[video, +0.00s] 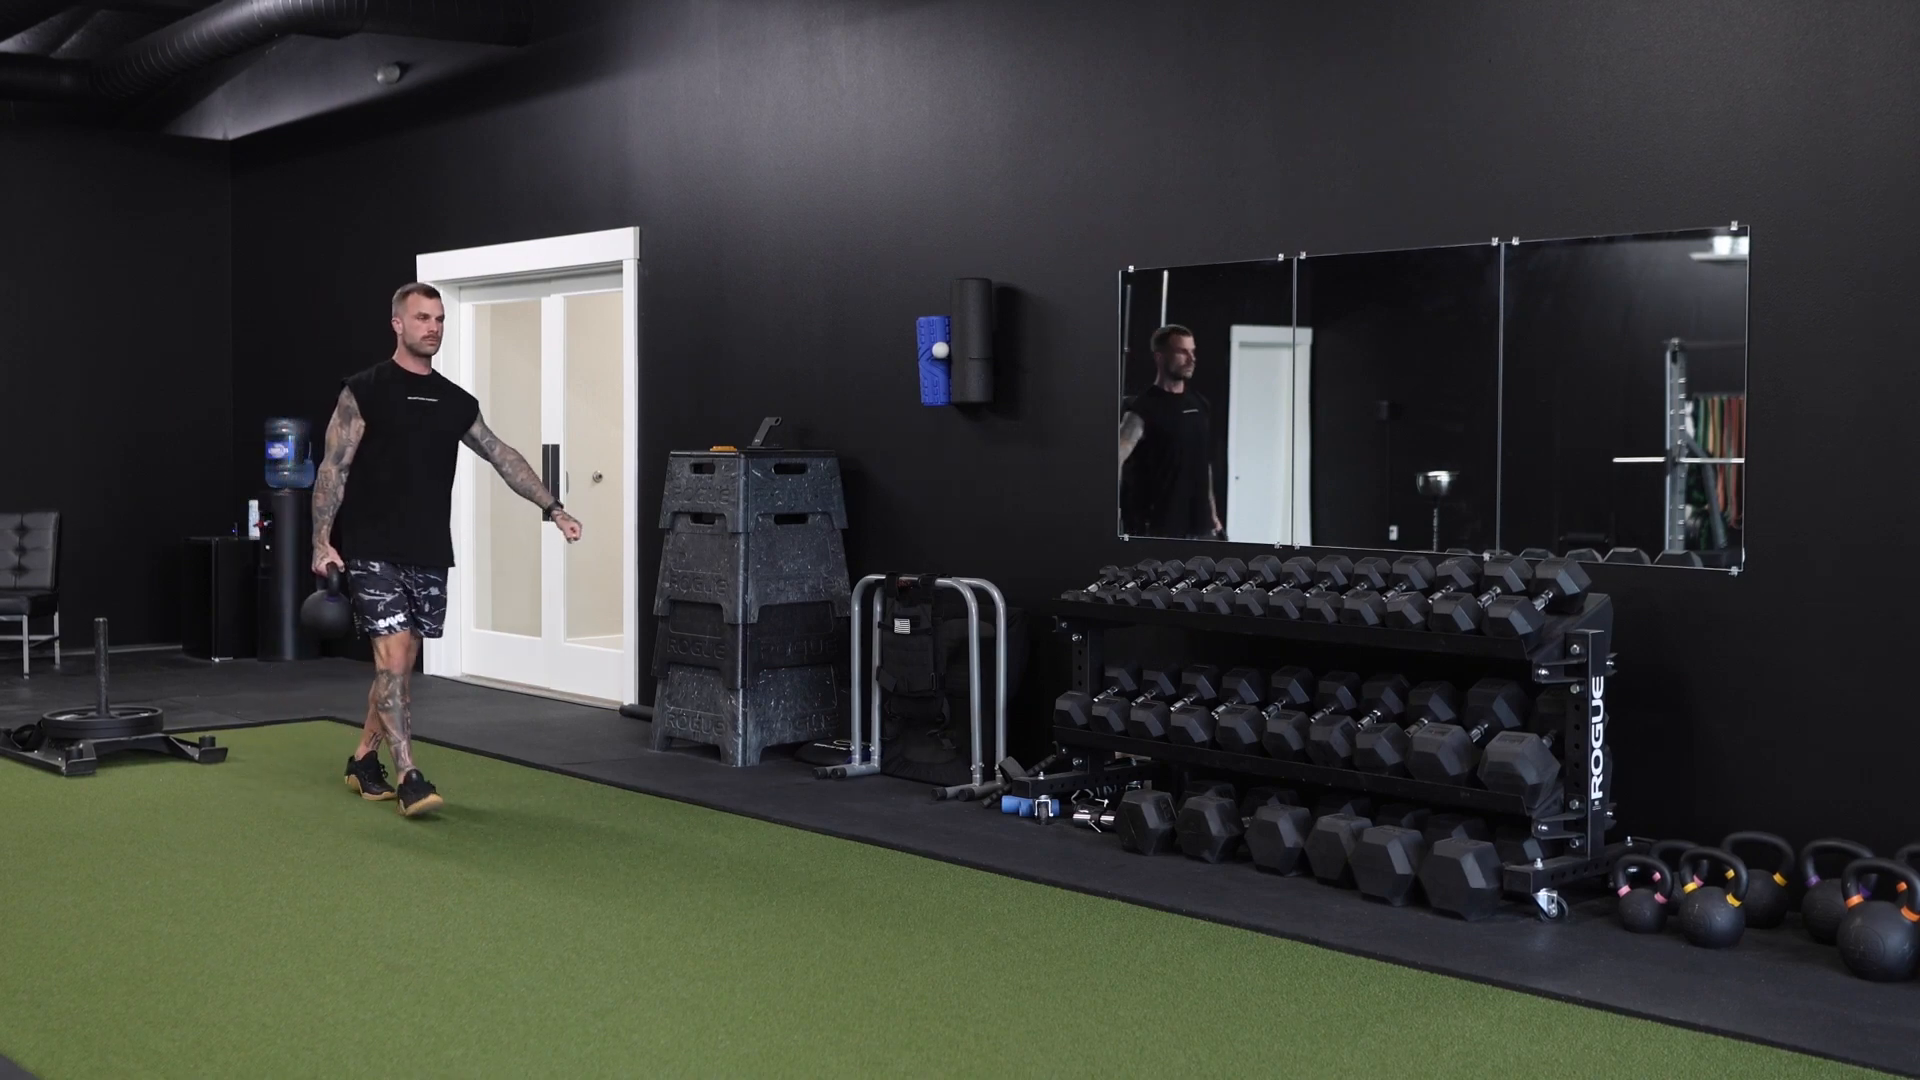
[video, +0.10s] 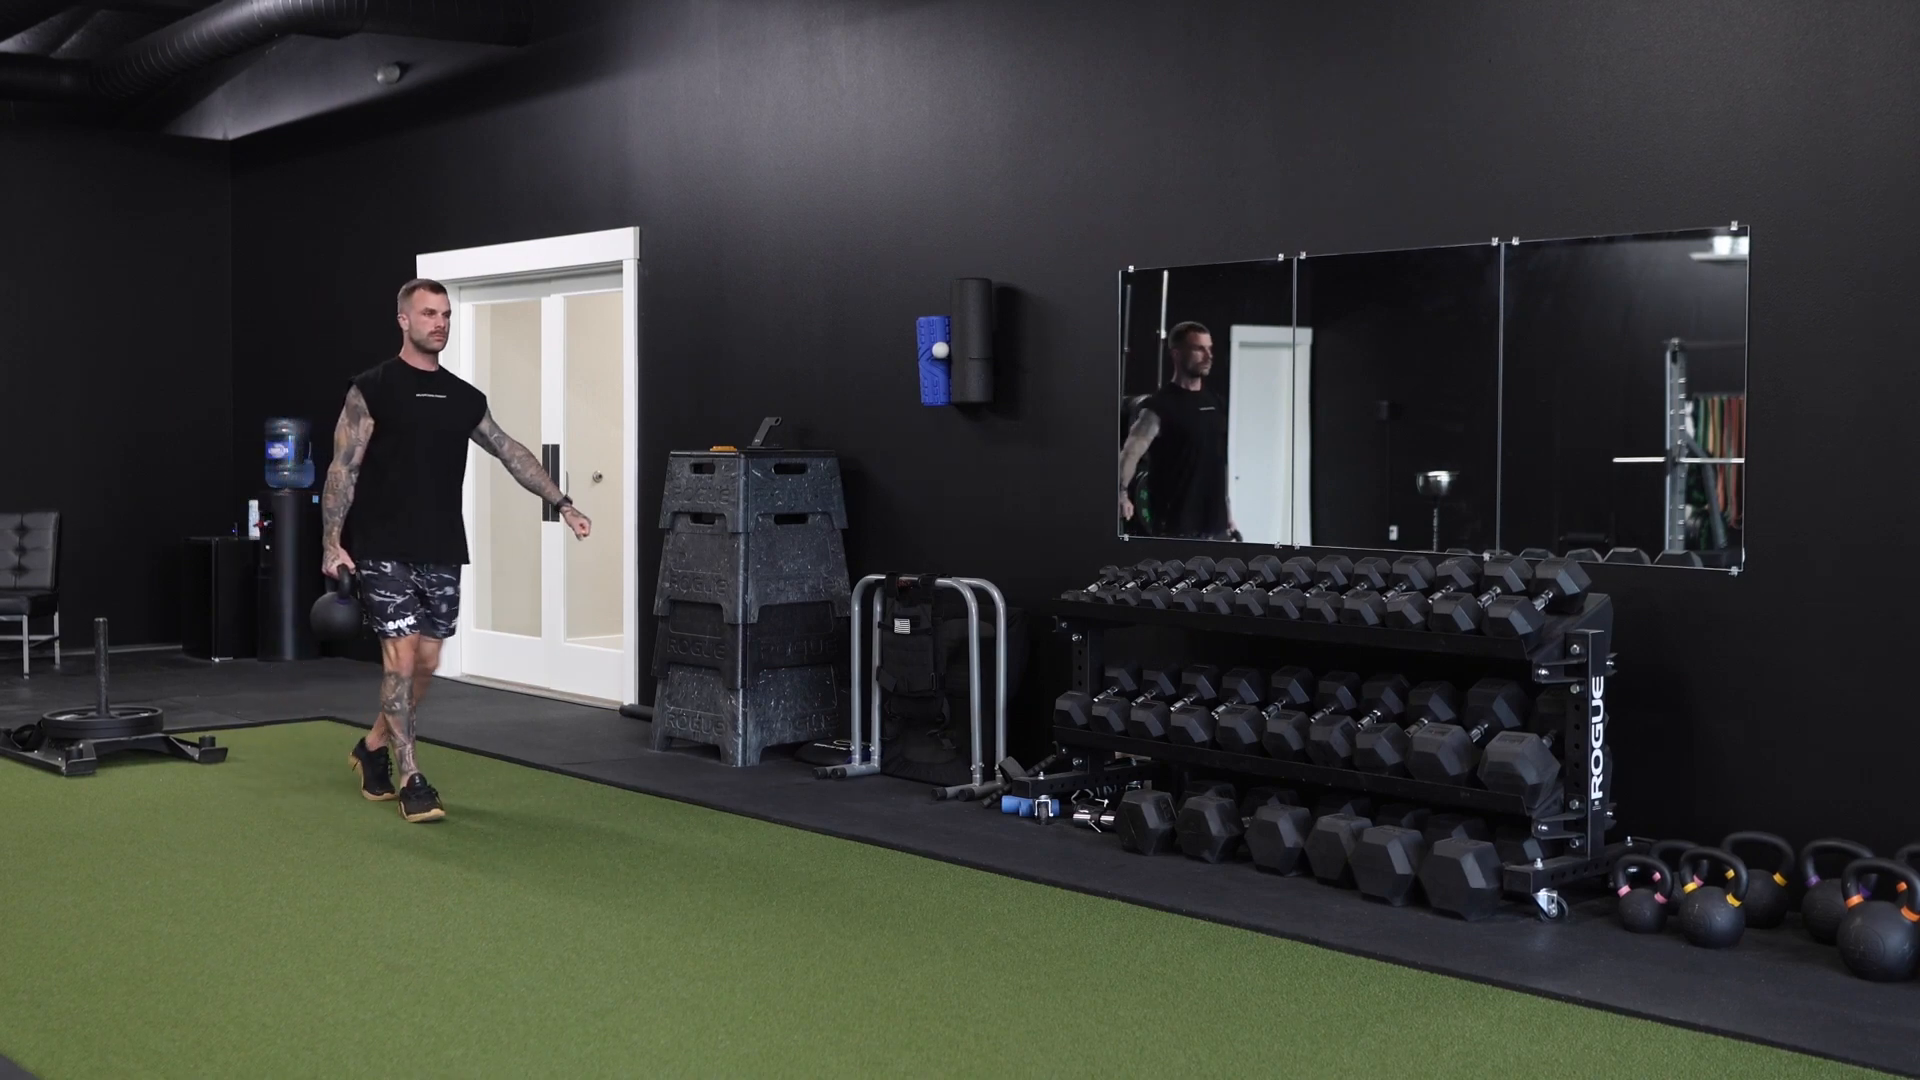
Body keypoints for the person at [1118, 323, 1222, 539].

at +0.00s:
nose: (1191, 359)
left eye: (1193, 352)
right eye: (1182, 352)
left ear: (1196, 354)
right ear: (1159, 357)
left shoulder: (1199, 406)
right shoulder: (1143, 407)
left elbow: (1204, 465)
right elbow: (1116, 458)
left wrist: (1211, 513)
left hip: (1194, 524)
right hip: (1152, 525)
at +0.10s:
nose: (1208, 356)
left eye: (1210, 349)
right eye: (1199, 349)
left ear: (1212, 352)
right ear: (1176, 354)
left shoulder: (1215, 405)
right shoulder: (1160, 405)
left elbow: (1218, 468)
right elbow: (1131, 452)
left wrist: (1227, 515)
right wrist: (1121, 492)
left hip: (1213, 522)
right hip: (1173, 523)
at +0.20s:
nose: (1223, 354)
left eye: (1225, 347)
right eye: (1214, 347)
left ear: (1228, 350)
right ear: (1191, 351)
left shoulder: (1232, 404)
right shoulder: (1177, 402)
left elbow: (1232, 462)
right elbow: (1146, 448)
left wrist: (1241, 516)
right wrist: (1134, 487)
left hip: (1228, 524)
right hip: (1189, 524)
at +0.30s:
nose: (1236, 352)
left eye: (1238, 345)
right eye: (1227, 345)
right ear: (1204, 349)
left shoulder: (1245, 402)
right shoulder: (1189, 400)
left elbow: (1245, 459)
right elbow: (1158, 445)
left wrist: (1253, 512)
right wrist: (1146, 484)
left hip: (1239, 521)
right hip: (1201, 522)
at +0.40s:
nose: (1249, 350)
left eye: (1251, 344)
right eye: (1240, 344)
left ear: (1253, 346)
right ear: (1217, 348)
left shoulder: (1257, 402)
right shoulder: (1203, 398)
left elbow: (1257, 459)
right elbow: (1172, 443)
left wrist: (1265, 511)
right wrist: (1158, 482)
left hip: (1248, 518)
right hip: (1211, 518)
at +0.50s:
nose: (1262, 351)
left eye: (1264, 344)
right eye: (1253, 344)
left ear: (1267, 346)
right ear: (1229, 348)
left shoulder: (1270, 403)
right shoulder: (1216, 399)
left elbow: (1270, 461)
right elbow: (1184, 445)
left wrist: (1278, 513)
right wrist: (1169, 485)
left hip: (1259, 518)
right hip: (1224, 516)